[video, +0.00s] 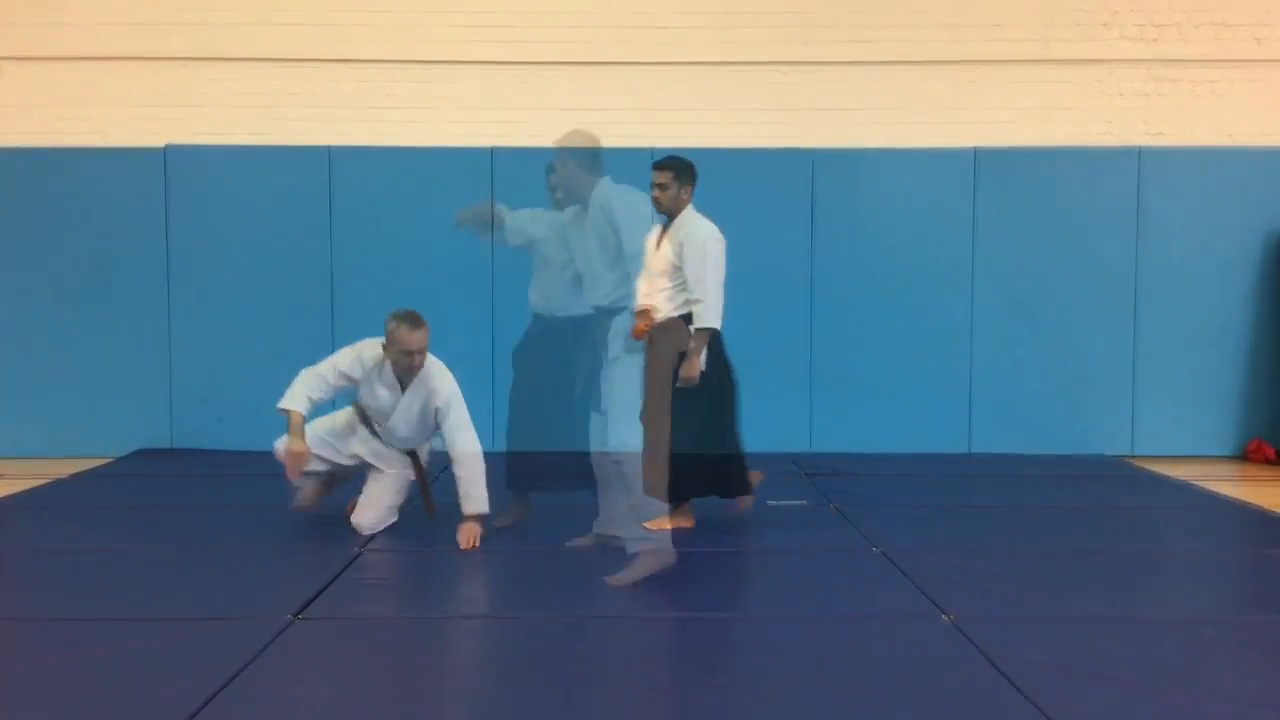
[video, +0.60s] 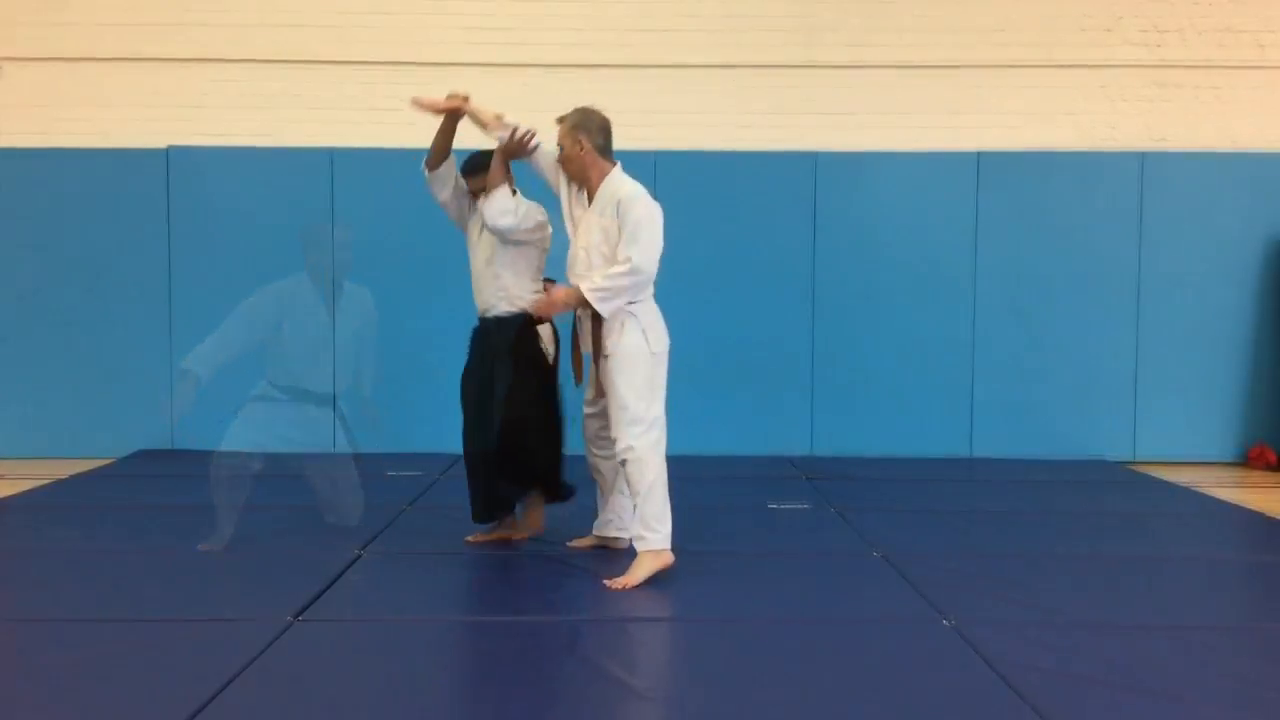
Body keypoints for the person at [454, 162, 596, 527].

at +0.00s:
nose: (553, 185)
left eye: (557, 176)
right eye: (549, 177)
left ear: (575, 179)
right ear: (548, 183)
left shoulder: (596, 223)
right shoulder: (545, 220)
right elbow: (510, 223)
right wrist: (484, 218)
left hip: (588, 328)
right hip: (543, 329)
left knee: (594, 413)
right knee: (523, 409)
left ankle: (604, 506)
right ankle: (519, 501)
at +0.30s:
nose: (512, 209)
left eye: (518, 201)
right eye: (505, 203)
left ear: (538, 195)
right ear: (500, 204)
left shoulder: (559, 225)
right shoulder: (508, 238)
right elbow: (465, 258)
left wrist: (450, 239)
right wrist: (439, 248)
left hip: (570, 338)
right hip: (528, 341)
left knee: (565, 422)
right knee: (510, 422)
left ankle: (560, 496)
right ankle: (507, 517)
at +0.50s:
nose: (480, 205)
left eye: (485, 195)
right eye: (476, 197)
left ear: (506, 189)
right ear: (474, 196)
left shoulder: (536, 223)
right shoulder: (476, 223)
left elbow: (507, 246)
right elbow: (432, 191)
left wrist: (502, 195)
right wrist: (441, 148)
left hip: (536, 339)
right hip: (497, 340)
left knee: (541, 427)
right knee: (491, 428)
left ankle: (567, 488)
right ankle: (505, 522)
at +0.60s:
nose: (479, 199)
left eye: (483, 191)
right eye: (475, 193)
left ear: (505, 181)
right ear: (471, 188)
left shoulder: (534, 217)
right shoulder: (474, 213)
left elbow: (501, 220)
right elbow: (437, 170)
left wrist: (501, 161)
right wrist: (451, 117)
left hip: (526, 334)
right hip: (488, 334)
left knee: (522, 425)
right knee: (483, 427)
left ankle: (533, 510)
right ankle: (503, 519)